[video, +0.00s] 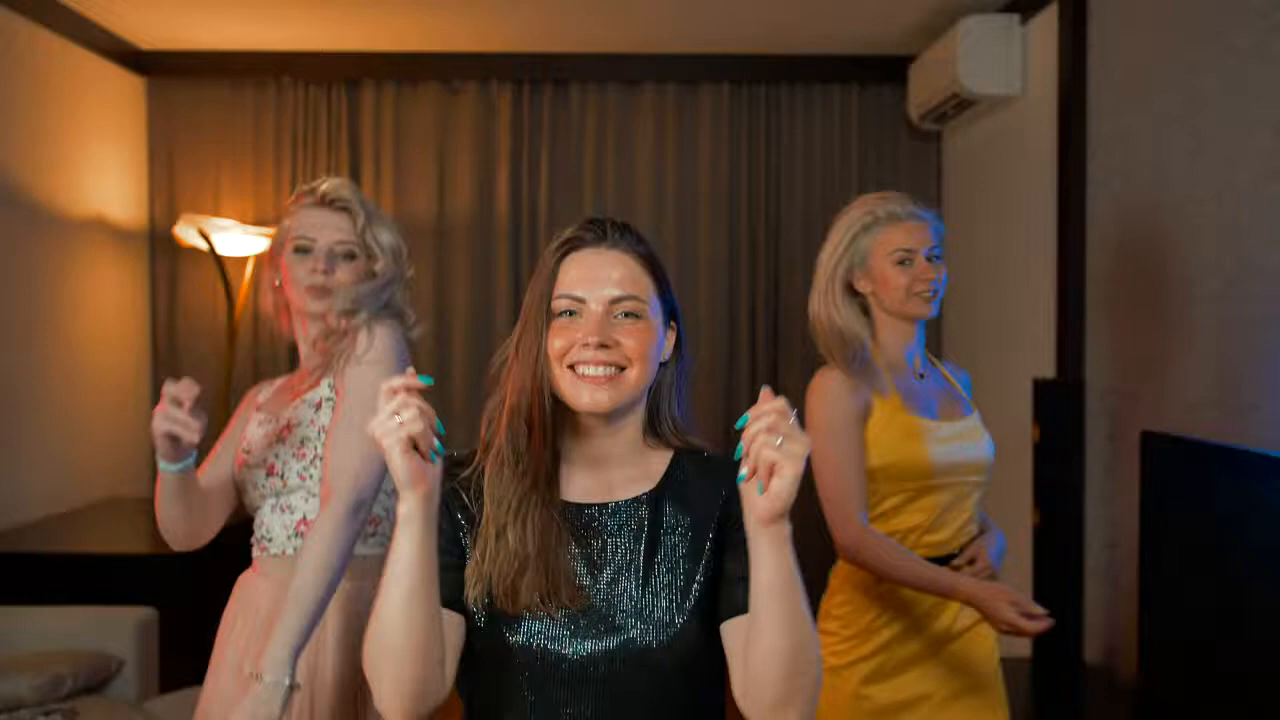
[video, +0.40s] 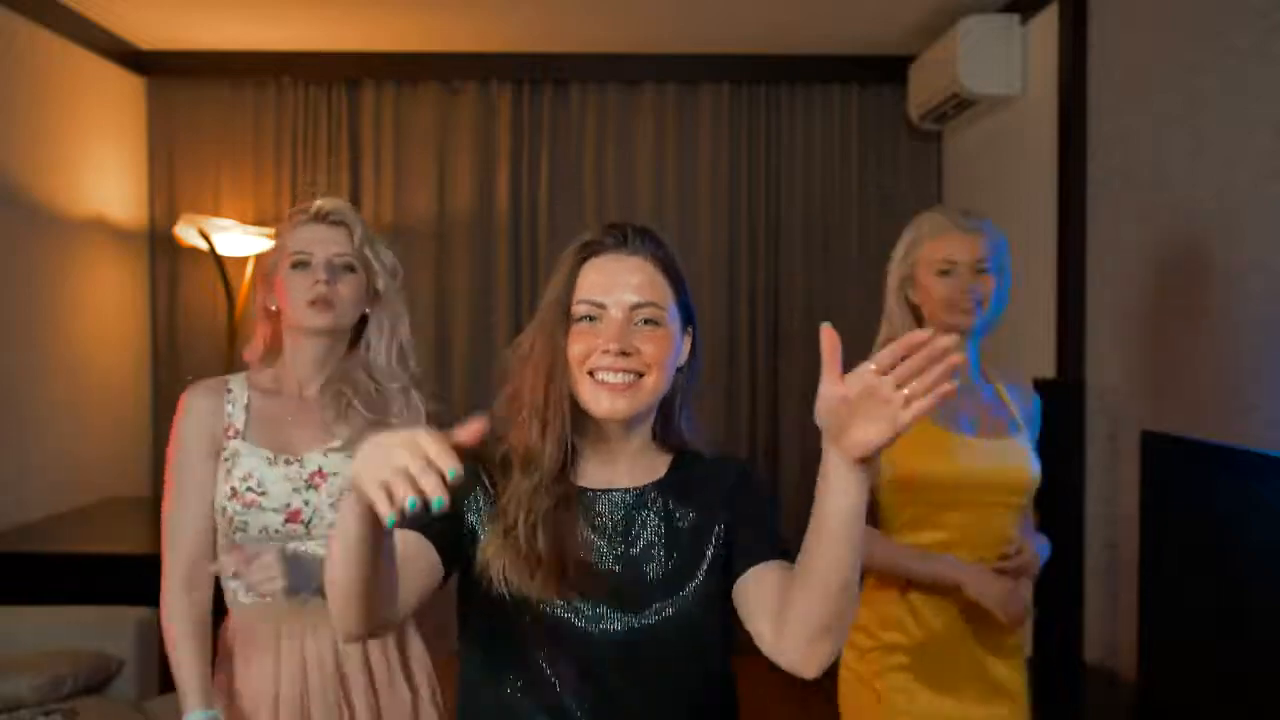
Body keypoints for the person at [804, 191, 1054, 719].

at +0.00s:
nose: (928, 273)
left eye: (934, 257)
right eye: (904, 260)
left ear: (946, 268)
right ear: (860, 281)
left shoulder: (953, 380)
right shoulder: (839, 386)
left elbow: (957, 502)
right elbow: (849, 536)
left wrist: (992, 540)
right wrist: (969, 591)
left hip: (961, 636)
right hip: (873, 637)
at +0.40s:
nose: (967, 287)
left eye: (983, 271)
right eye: (946, 271)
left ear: (1001, 286)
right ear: (910, 287)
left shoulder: (1018, 399)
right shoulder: (878, 390)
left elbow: (1016, 511)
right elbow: (842, 532)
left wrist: (1037, 547)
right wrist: (964, 576)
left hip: (998, 659)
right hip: (896, 658)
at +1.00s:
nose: (930, 248)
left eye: (950, 232)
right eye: (911, 231)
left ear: (978, 249)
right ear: (885, 246)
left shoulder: (1020, 372)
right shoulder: (836, 361)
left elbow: (1039, 512)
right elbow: (780, 486)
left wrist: (979, 490)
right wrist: (758, 558)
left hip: (976, 615)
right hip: (868, 610)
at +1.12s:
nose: (928, 297)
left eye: (951, 281)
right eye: (911, 280)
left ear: (982, 299)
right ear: (887, 295)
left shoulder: (1027, 421)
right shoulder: (841, 415)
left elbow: (1063, 566)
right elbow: (767, 532)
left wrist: (979, 551)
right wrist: (805, 595)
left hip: (980, 676)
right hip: (867, 675)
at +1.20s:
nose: (924, 328)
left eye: (947, 312)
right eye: (907, 312)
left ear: (978, 333)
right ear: (888, 329)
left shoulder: (1027, 455)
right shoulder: (843, 450)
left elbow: (1066, 598)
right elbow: (773, 559)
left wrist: (979, 598)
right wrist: (822, 589)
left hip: (978, 695)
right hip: (864, 695)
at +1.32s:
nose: (908, 289)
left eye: (931, 275)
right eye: (893, 273)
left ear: (965, 296)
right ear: (872, 289)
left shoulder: (1011, 410)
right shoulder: (830, 405)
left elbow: (1040, 551)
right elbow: (776, 537)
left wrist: (961, 564)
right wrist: (823, 510)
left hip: (961, 671)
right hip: (848, 665)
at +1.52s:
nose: (929, 262)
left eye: (930, 248)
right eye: (909, 246)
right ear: (850, 256)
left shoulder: (951, 377)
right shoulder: (786, 383)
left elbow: (984, 504)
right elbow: (749, 509)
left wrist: (950, 536)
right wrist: (802, 426)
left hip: (930, 638)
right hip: (819, 640)